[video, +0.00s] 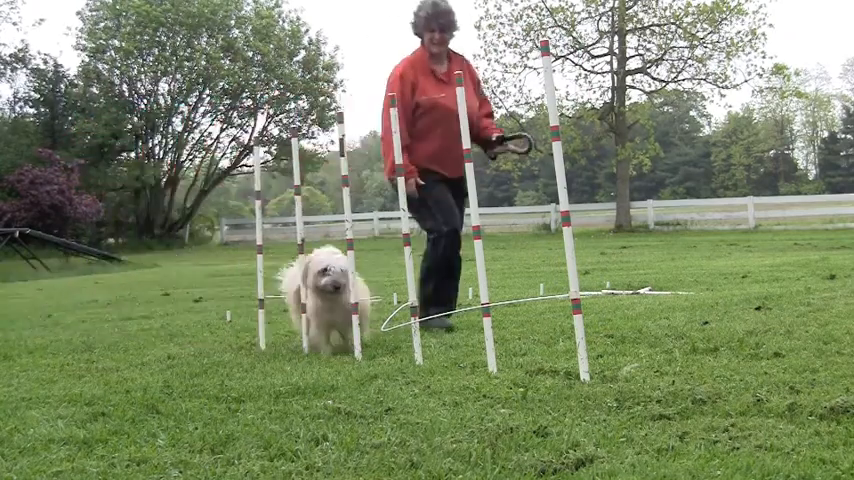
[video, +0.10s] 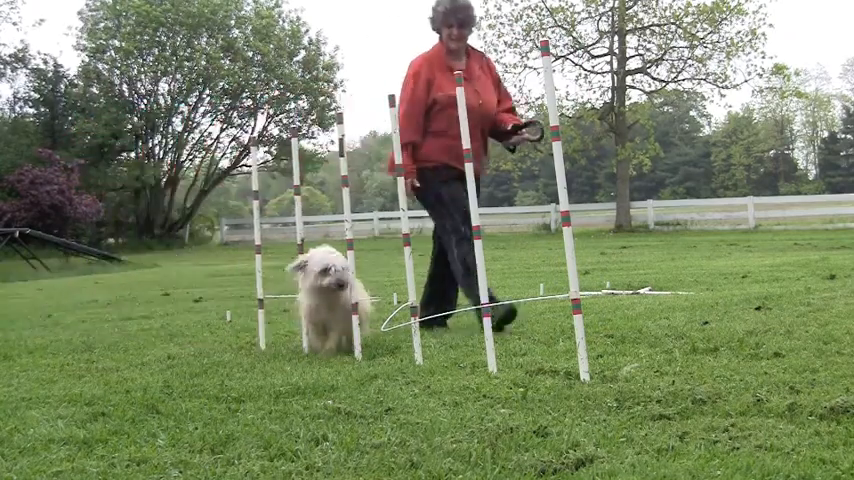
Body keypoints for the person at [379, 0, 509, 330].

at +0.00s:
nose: (437, 36)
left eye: (443, 30)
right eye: (431, 31)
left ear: (451, 32)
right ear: (420, 33)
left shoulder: (464, 68)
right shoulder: (405, 73)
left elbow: (480, 112)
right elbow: (393, 126)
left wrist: (492, 138)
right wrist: (402, 171)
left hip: (455, 171)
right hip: (420, 172)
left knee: (451, 240)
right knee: (446, 230)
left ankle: (441, 313)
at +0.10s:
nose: (455, 32)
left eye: (461, 26)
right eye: (448, 26)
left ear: (470, 27)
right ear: (437, 27)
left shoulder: (483, 65)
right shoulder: (423, 67)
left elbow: (499, 111)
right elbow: (408, 121)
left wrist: (512, 126)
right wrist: (407, 169)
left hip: (470, 168)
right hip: (433, 167)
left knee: (451, 240)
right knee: (458, 232)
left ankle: (433, 316)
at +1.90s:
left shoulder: (726, 4)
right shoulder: (626, 5)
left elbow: (755, 51)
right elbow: (608, 63)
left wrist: (747, 90)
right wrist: (601, 122)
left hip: (714, 134)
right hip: (644, 138)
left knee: (716, 233)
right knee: (643, 236)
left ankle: (718, 324)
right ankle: (647, 323)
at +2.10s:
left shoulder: (733, 4)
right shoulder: (630, 5)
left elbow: (762, 51)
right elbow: (617, 63)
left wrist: (753, 88)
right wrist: (613, 121)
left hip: (722, 134)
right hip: (652, 138)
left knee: (725, 234)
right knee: (646, 236)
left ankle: (719, 328)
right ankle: (646, 323)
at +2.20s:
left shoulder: (732, 4)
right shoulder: (630, 5)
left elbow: (763, 53)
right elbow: (618, 64)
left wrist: (754, 92)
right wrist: (614, 121)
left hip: (723, 133)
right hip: (652, 136)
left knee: (725, 233)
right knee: (645, 228)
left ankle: (719, 326)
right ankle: (652, 324)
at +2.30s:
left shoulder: (729, 4)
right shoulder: (629, 5)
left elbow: (759, 54)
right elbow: (616, 63)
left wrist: (750, 95)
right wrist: (612, 120)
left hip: (721, 133)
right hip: (650, 136)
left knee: (722, 233)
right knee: (643, 224)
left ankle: (722, 319)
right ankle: (658, 320)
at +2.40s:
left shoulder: (722, 4)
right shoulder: (624, 5)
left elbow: (753, 56)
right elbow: (610, 65)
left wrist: (744, 96)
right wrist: (607, 121)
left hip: (717, 137)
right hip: (646, 142)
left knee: (717, 239)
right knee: (647, 237)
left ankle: (715, 319)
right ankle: (652, 321)